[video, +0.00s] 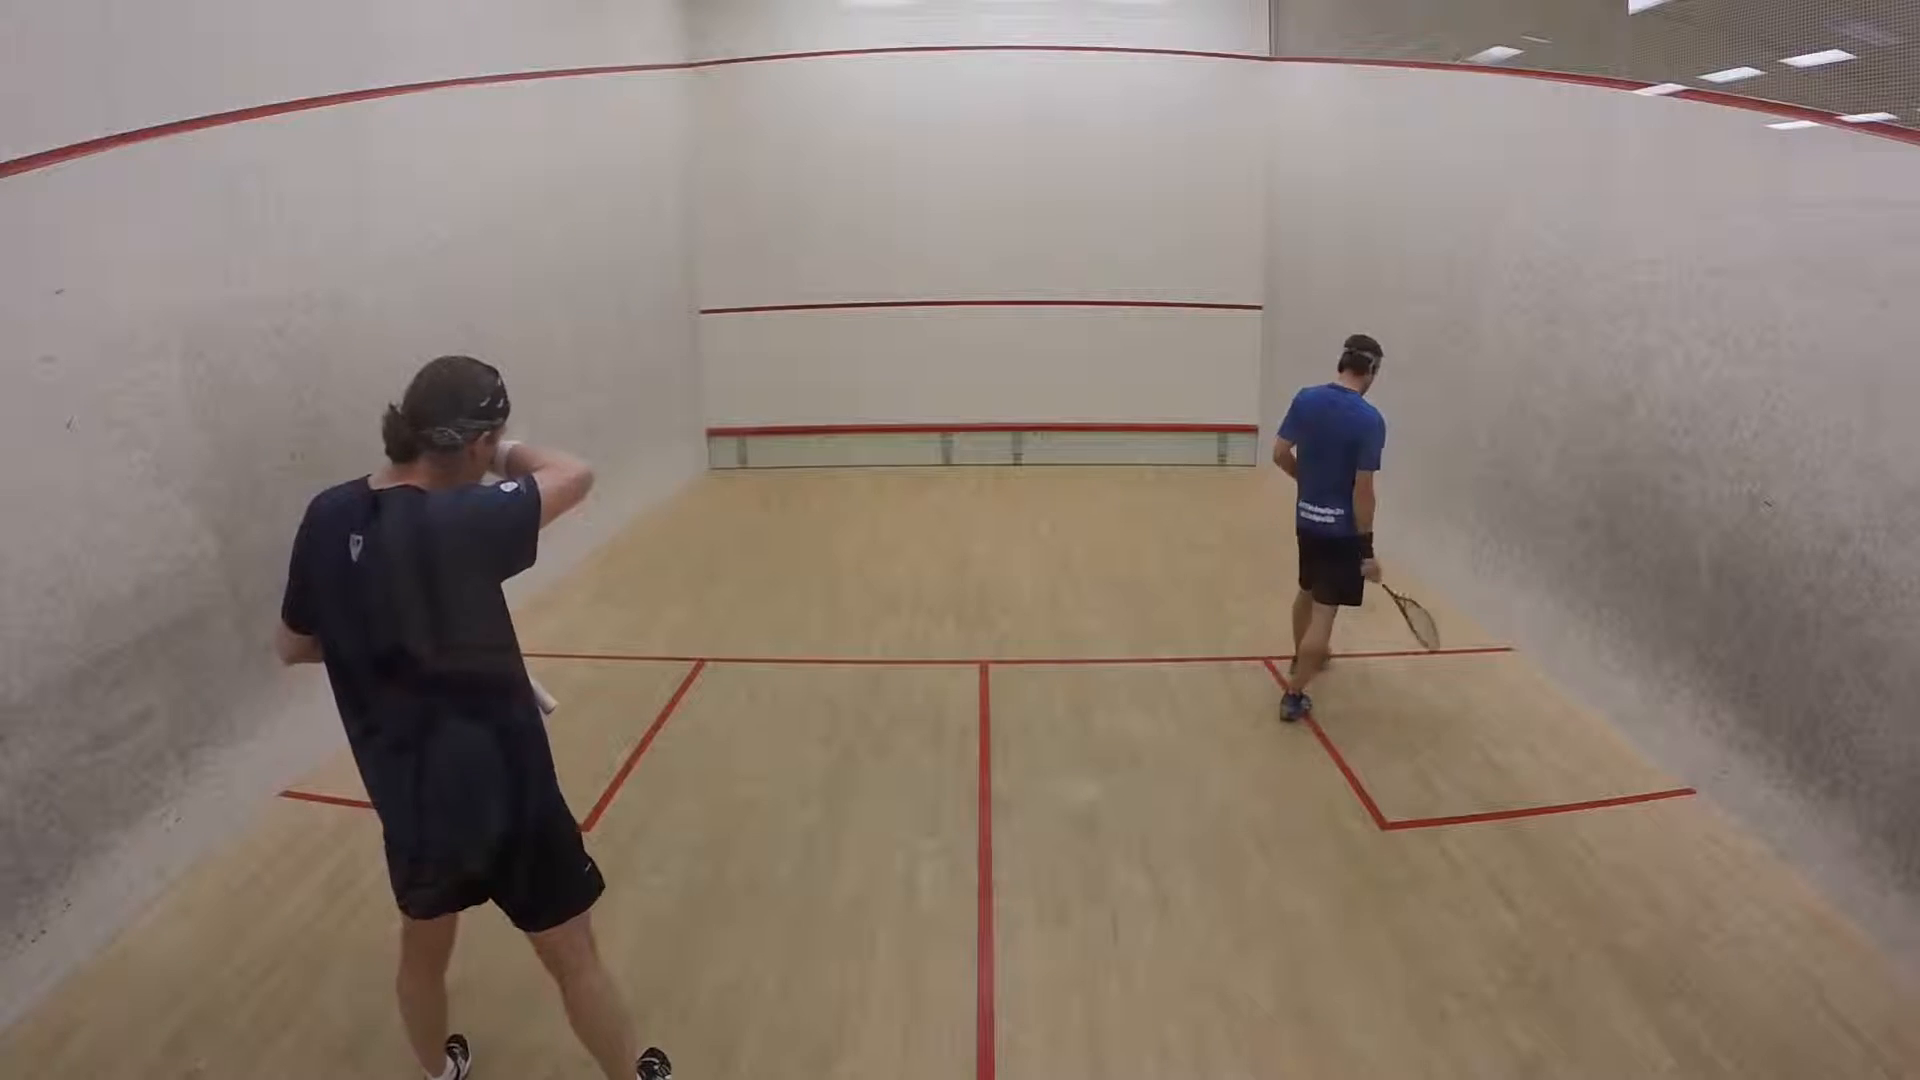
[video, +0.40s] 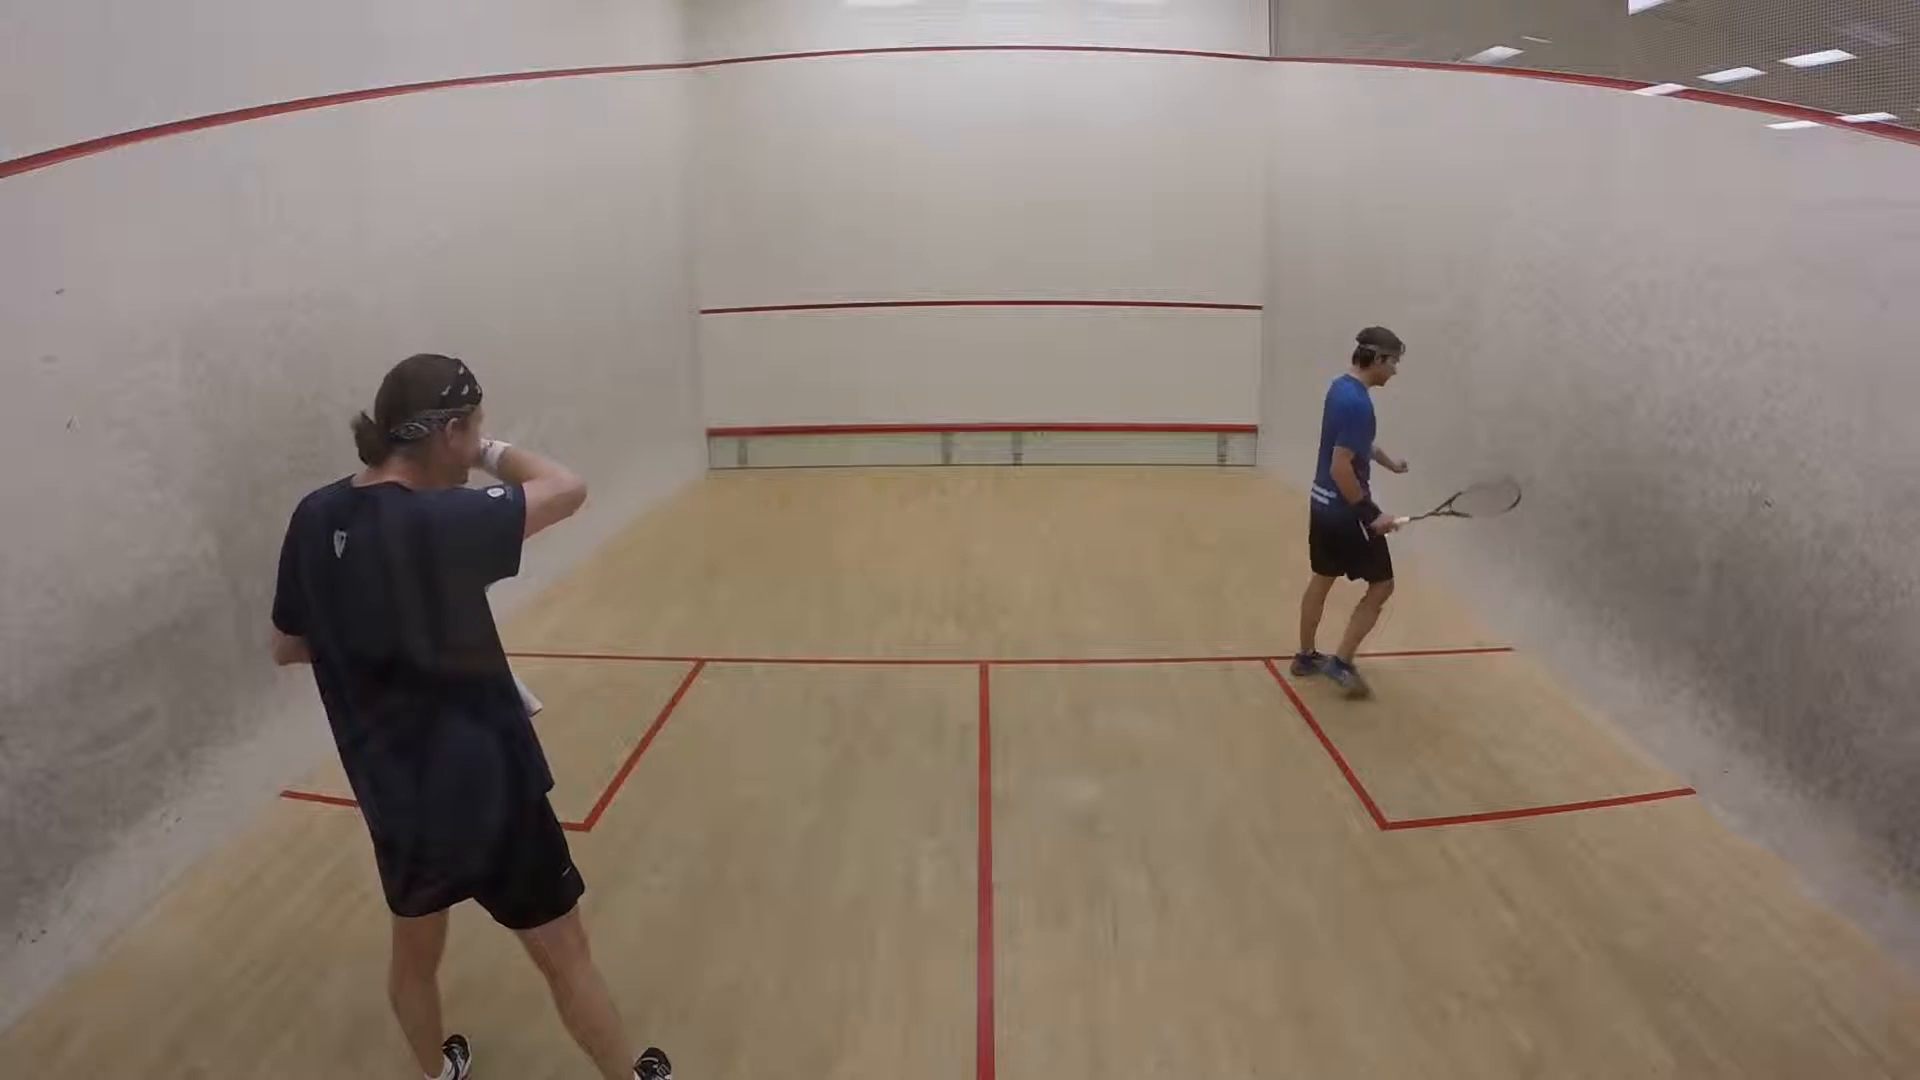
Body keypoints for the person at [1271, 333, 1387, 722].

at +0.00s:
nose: (1373, 379)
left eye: (1370, 371)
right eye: (1374, 372)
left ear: (1340, 364)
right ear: (1371, 372)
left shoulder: (1307, 398)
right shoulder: (1369, 420)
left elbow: (1281, 452)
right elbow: (1363, 490)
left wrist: (1309, 480)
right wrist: (1367, 548)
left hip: (1306, 522)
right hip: (1340, 530)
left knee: (1307, 592)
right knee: (1322, 614)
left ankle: (1302, 660)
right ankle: (1293, 695)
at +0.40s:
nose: (1395, 371)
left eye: (1396, 363)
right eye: (1393, 362)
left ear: (1364, 358)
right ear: (1376, 360)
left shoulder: (1339, 388)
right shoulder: (1358, 404)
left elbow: (1357, 437)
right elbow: (1340, 467)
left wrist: (1388, 461)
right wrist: (1370, 515)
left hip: (1322, 504)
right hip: (1348, 510)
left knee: (1322, 577)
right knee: (1381, 585)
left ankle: (1305, 655)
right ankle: (1341, 662)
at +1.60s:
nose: (1440, 392)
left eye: (1442, 385)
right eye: (1442, 386)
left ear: (1411, 373)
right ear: (1436, 386)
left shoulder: (1386, 399)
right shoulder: (1401, 418)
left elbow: (1371, 455)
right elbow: (1399, 488)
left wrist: (1404, 474)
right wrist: (1453, 510)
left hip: (1334, 507)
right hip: (1359, 522)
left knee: (1333, 582)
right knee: (1373, 599)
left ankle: (1279, 640)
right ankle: (1367, 677)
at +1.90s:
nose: (1407, 390)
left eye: (1406, 383)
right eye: (1408, 384)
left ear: (1375, 375)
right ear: (1404, 386)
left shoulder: (1344, 398)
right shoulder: (1386, 432)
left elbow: (1310, 434)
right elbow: (1397, 501)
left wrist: (1344, 455)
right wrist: (1448, 514)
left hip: (1299, 510)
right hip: (1338, 525)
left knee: (1288, 585)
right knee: (1356, 601)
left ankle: (1269, 665)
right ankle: (1364, 676)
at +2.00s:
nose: (1388, 387)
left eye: (1386, 380)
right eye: (1388, 381)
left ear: (1354, 374)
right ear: (1383, 384)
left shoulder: (1319, 396)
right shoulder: (1374, 434)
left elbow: (1277, 439)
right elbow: (1378, 497)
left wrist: (1299, 461)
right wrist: (1421, 514)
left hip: (1286, 513)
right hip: (1327, 526)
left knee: (1277, 588)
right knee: (1346, 602)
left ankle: (1269, 671)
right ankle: (1363, 676)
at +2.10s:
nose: (1363, 380)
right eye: (1364, 376)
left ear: (1330, 369)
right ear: (1361, 378)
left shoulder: (1296, 396)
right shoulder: (1361, 428)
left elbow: (1259, 441)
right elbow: (1344, 487)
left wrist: (1256, 469)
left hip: (1272, 520)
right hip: (1316, 527)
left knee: (1264, 590)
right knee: (1340, 601)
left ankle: (1268, 672)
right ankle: (1358, 673)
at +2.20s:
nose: (1325, 364)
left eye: (1314, 355)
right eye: (1332, 360)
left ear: (1307, 359)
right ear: (1338, 366)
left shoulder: (1281, 395)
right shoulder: (1340, 413)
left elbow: (1250, 446)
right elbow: (1330, 456)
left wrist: (1225, 459)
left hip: (1267, 518)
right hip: (1311, 521)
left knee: (1258, 590)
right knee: (1328, 591)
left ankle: (1269, 672)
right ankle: (1346, 665)